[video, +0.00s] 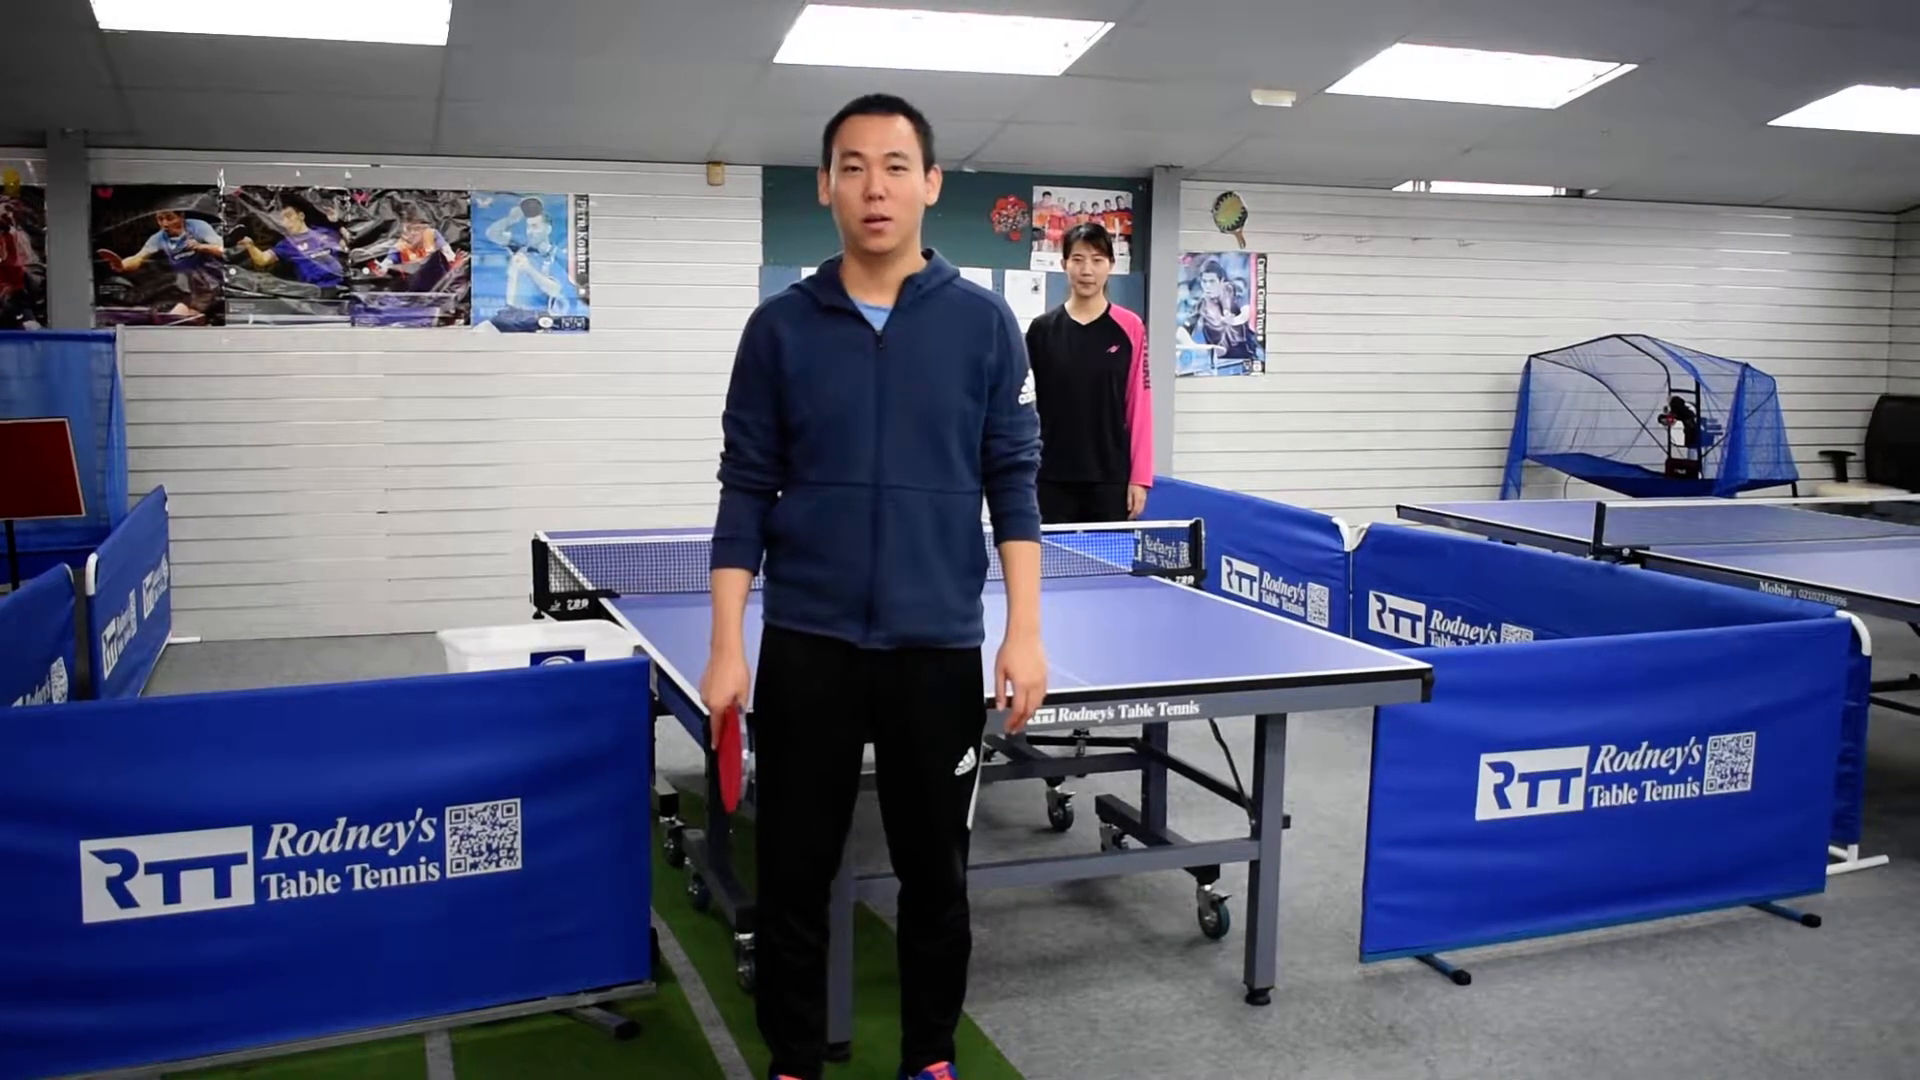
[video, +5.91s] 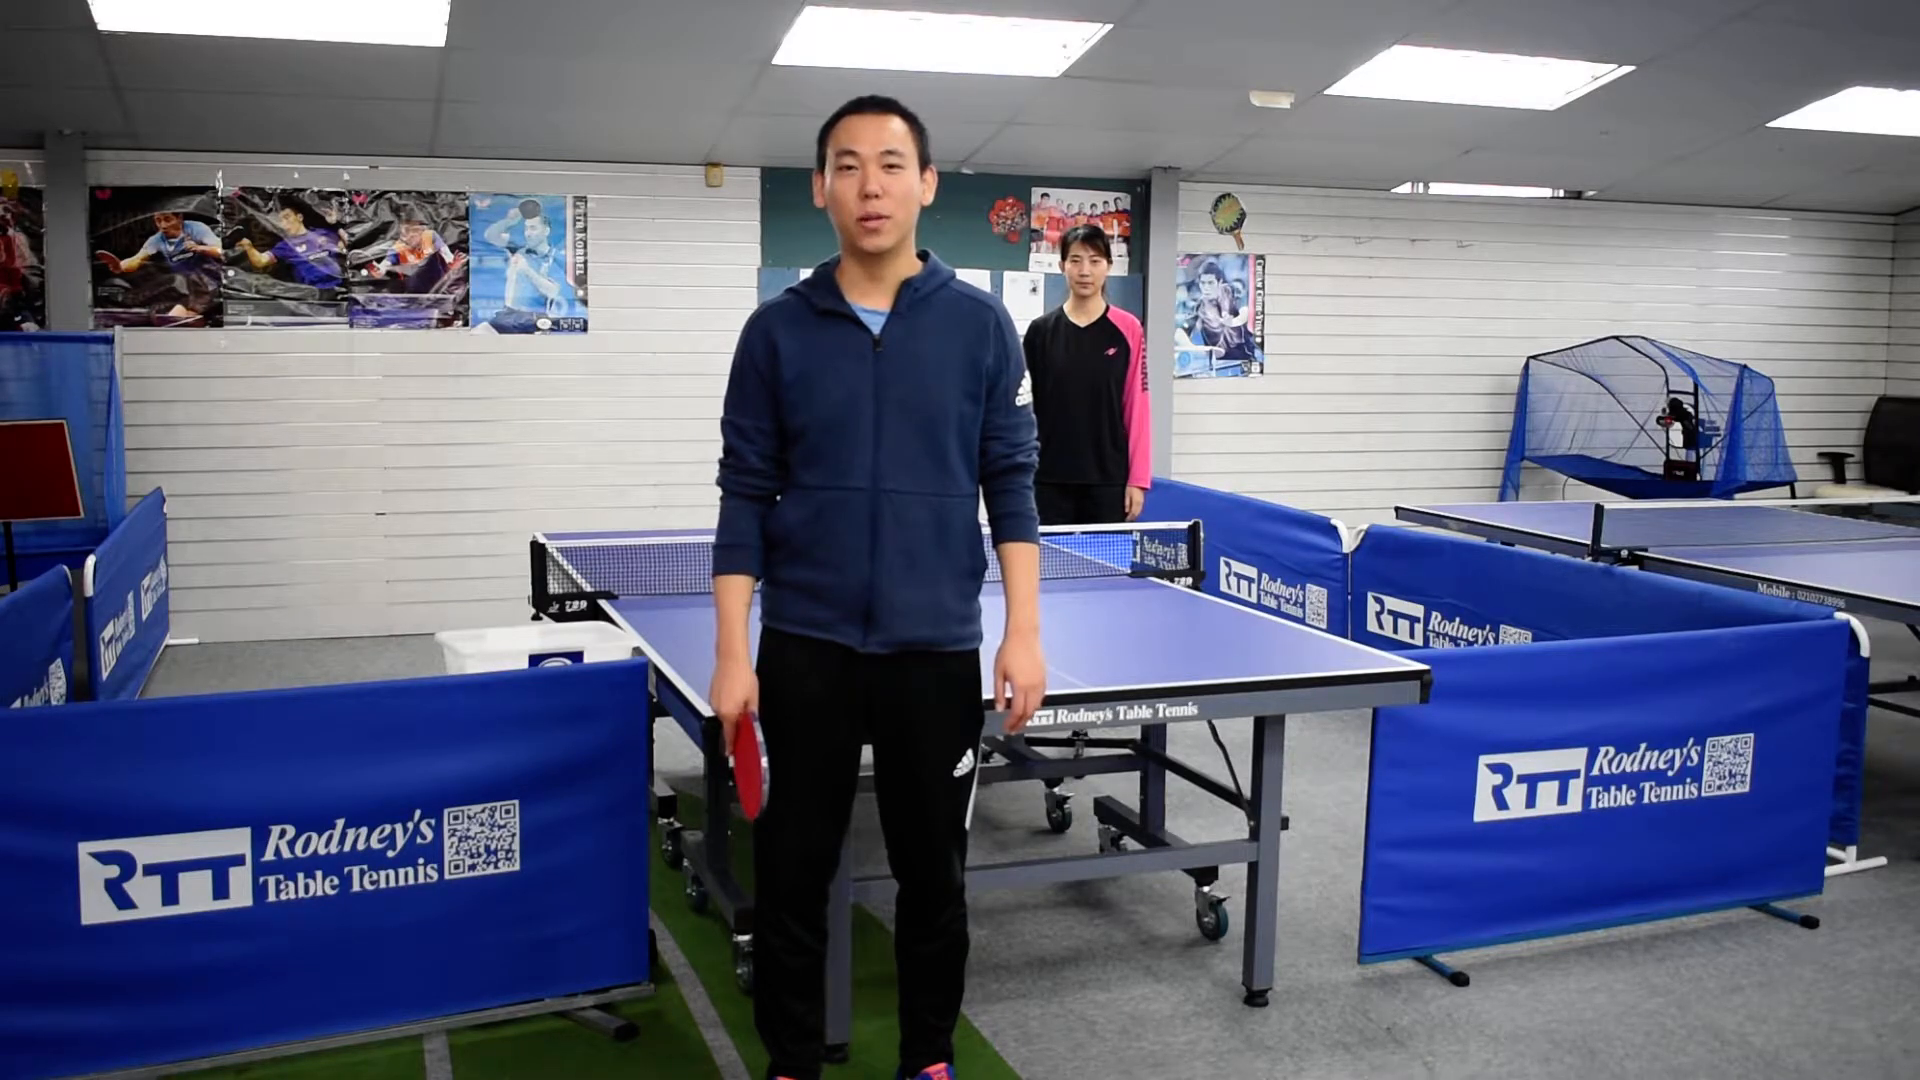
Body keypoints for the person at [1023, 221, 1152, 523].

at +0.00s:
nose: (1087, 270)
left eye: (1097, 261)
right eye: (1078, 260)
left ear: (1111, 266)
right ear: (1065, 265)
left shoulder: (1130, 328)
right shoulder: (1041, 330)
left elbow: (1139, 406)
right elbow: (1025, 403)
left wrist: (1140, 477)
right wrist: (1023, 476)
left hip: (1109, 480)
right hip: (1052, 479)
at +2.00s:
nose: (1085, 271)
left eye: (1095, 262)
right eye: (1076, 261)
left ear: (1109, 268)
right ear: (1063, 266)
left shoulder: (1128, 329)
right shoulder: (1039, 331)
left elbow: (1137, 407)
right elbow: (1022, 405)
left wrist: (1138, 479)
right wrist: (1019, 479)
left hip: (1107, 483)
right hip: (1049, 482)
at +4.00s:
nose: (1085, 271)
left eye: (1095, 262)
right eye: (1076, 261)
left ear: (1109, 268)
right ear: (1063, 266)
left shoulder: (1128, 329)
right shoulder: (1040, 331)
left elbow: (1137, 407)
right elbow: (1022, 405)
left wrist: (1138, 478)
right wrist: (1019, 477)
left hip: (1107, 482)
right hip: (1049, 480)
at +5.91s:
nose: (1085, 271)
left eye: (1095, 262)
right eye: (1075, 261)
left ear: (1108, 267)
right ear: (1063, 266)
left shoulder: (1128, 329)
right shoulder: (1039, 331)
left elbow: (1137, 407)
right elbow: (1023, 405)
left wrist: (1138, 479)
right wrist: (1021, 477)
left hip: (1107, 482)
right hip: (1050, 481)